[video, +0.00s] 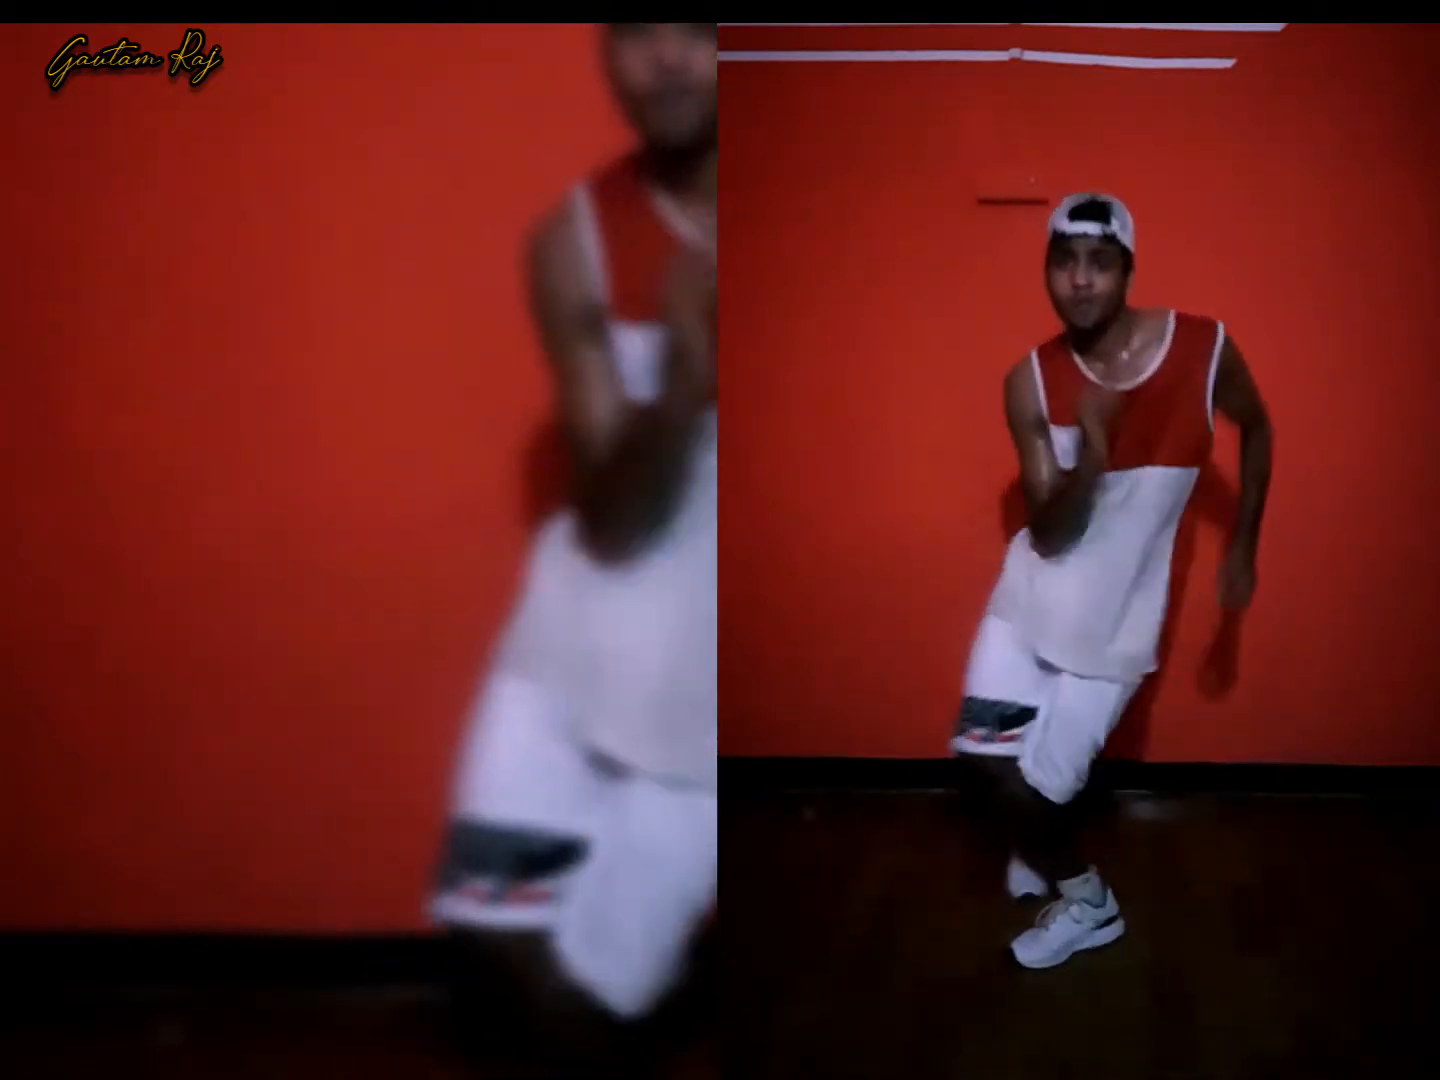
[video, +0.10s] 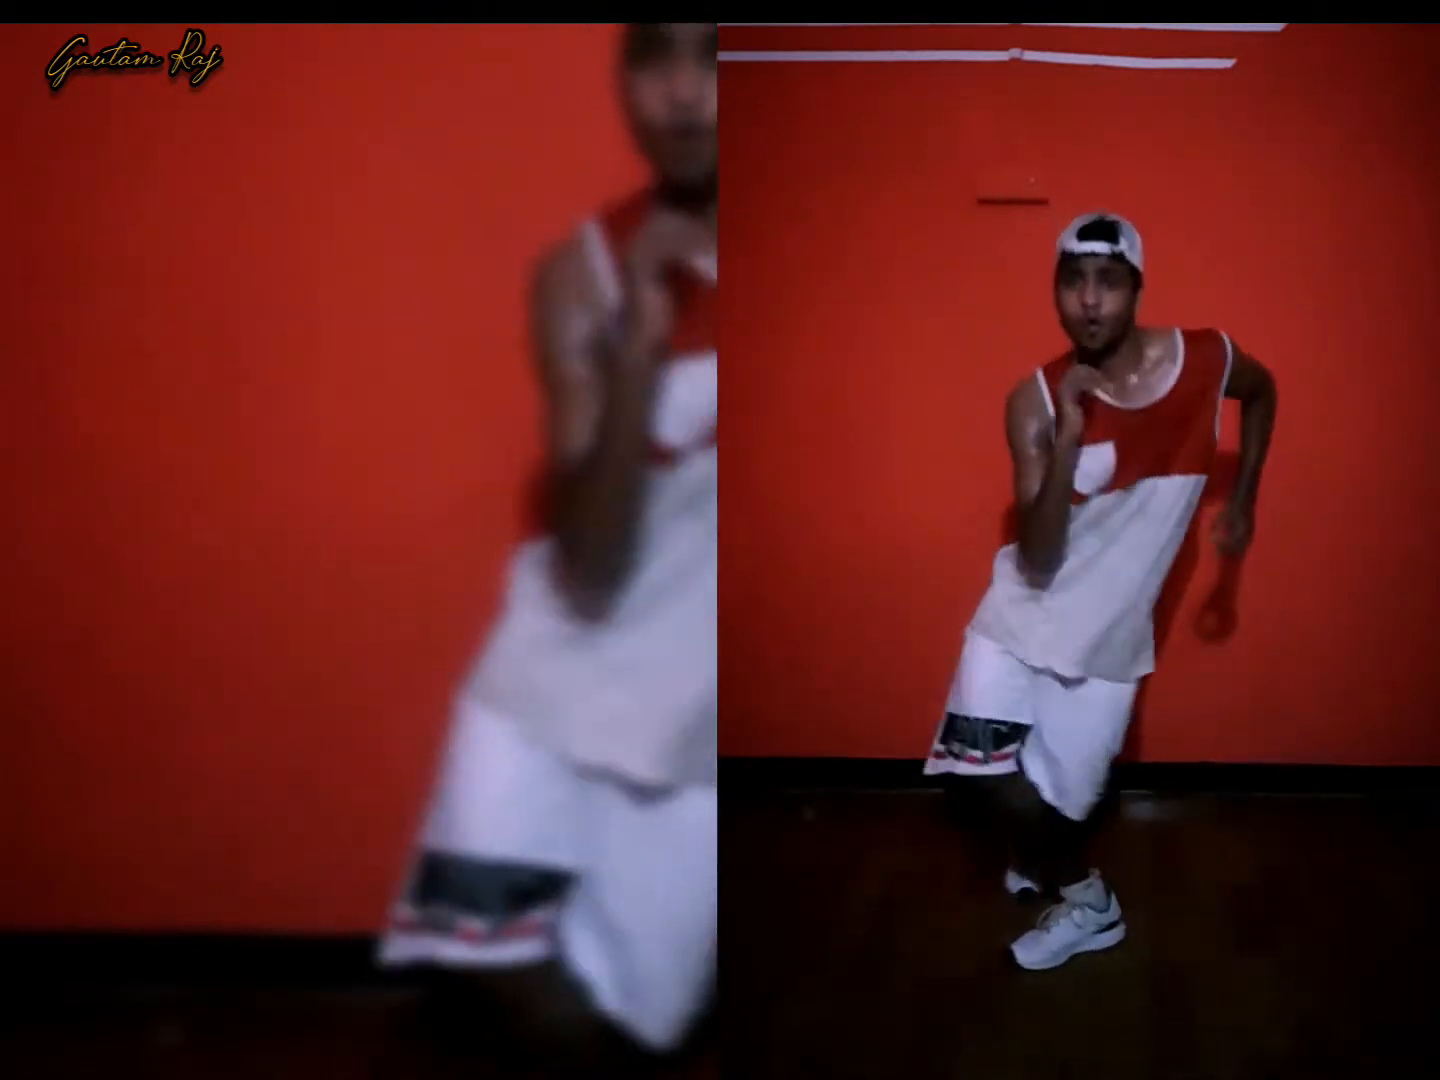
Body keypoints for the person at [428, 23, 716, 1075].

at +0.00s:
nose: (659, 62)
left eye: (682, 33)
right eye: (632, 37)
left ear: (732, 48)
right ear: (607, 61)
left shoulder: (818, 204)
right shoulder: (585, 236)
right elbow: (611, 514)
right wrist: (688, 373)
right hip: (608, 655)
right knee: (496, 917)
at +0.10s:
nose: (686, 93)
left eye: (712, 58)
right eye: (656, 59)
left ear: (747, 80)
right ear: (622, 86)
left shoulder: (807, 252)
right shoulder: (587, 273)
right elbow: (591, 568)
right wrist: (639, 355)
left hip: (708, 689)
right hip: (572, 667)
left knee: (659, 1002)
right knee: (482, 940)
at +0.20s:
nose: (713, 82)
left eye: (734, 51)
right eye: (684, 51)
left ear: (773, 74)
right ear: (647, 78)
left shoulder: (830, 235)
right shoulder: (593, 251)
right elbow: (515, 531)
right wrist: (610, 474)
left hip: (748, 693)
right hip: (592, 674)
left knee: (729, 1015)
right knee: (500, 983)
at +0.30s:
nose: (731, 46)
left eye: (744, 27)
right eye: (708, 28)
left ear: (792, 45)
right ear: (670, 42)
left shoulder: (848, 182)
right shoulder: (609, 204)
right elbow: (485, 434)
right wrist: (585, 605)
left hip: (812, 629)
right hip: (667, 628)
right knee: (598, 957)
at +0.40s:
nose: (737, 50)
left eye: (753, 34)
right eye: (717, 33)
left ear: (797, 50)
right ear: (679, 43)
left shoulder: (849, 177)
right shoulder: (591, 199)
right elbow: (483, 344)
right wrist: (547, 540)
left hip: (836, 583)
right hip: (694, 593)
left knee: (862, 886)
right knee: (695, 898)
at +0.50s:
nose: (732, 60)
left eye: (748, 40)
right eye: (713, 39)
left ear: (793, 59)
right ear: (678, 52)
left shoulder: (845, 190)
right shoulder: (589, 207)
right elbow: (495, 318)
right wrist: (553, 505)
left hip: (835, 590)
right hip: (696, 600)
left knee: (862, 877)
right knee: (703, 895)